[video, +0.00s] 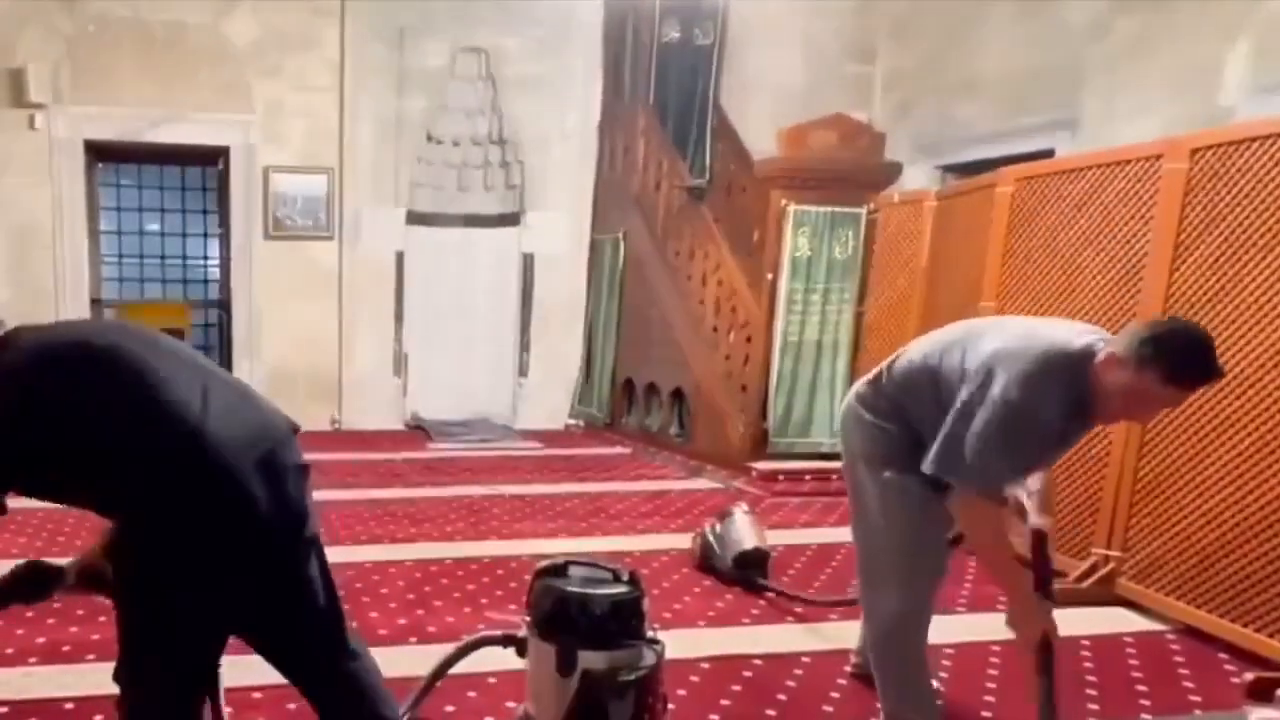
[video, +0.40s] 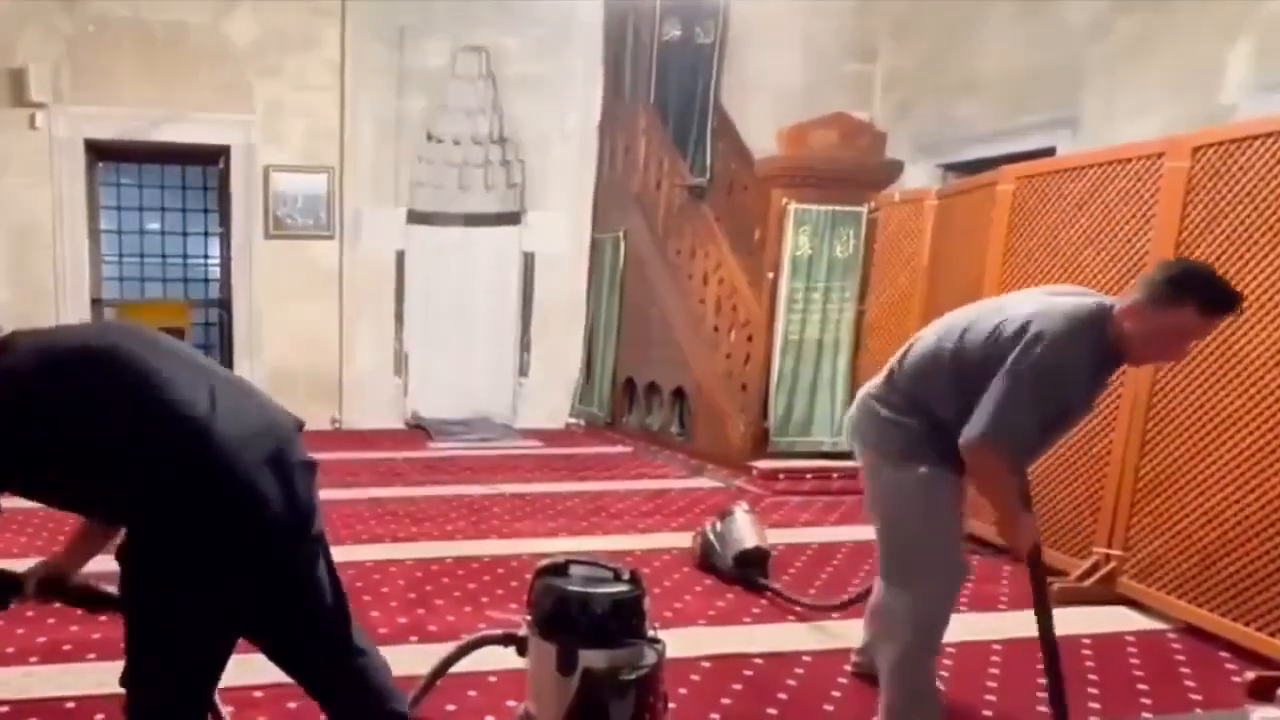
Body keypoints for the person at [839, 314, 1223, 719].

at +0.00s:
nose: (1148, 417)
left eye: (1162, 407)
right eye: (1149, 398)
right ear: (1116, 363)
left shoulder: (1097, 375)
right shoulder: (1029, 379)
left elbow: (1040, 448)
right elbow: (971, 505)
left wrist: (1038, 514)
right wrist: (1020, 597)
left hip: (943, 429)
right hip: (887, 423)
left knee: (922, 561)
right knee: (900, 586)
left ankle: (875, 653)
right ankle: (910, 707)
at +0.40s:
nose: (1182, 354)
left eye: (1191, 342)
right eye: (1183, 337)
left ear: (1142, 309)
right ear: (1148, 313)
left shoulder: (1096, 337)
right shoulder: (1063, 339)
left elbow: (1011, 434)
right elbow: (981, 448)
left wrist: (1017, 503)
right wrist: (1015, 519)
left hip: (925, 428)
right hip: (904, 428)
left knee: (915, 559)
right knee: (931, 576)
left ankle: (877, 653)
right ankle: (909, 704)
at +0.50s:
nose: (1189, 347)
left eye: (1199, 335)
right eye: (1191, 330)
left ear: (1146, 302)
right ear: (1157, 308)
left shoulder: (1095, 327)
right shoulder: (1074, 339)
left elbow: (1012, 432)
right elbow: (994, 447)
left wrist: (1022, 513)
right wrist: (1025, 520)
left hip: (916, 421)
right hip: (914, 430)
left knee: (918, 548)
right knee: (969, 565)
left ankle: (882, 655)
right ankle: (923, 707)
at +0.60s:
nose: (1199, 351)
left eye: (1210, 340)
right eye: (1199, 333)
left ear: (1154, 306)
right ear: (1159, 307)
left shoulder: (1103, 322)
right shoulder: (1089, 346)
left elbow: (1013, 427)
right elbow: (1006, 447)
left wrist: (1029, 507)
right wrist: (1035, 522)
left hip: (914, 419)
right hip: (928, 435)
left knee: (929, 550)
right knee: (991, 575)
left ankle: (884, 657)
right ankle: (955, 709)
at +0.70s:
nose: (1222, 366)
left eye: (1233, 356)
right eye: (1225, 349)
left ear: (1186, 310)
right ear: (1195, 317)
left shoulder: (1114, 321)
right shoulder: (1108, 355)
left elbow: (1027, 430)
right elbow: (1015, 453)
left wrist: (1046, 511)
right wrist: (1047, 524)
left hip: (920, 419)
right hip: (946, 442)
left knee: (930, 558)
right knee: (998, 595)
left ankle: (885, 658)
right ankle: (1008, 714)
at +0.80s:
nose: (1238, 388)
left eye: (1252, 379)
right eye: (1247, 370)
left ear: (1215, 325)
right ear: (1224, 334)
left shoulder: (1136, 325)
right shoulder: (1133, 369)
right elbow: (1026, 459)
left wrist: (1060, 498)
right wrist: (1063, 524)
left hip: (925, 418)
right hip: (960, 446)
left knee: (928, 562)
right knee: (1019, 598)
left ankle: (884, 657)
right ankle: (1022, 714)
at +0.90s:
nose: (1260, 393)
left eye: (1270, 383)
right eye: (1269, 378)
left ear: (1243, 337)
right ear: (1248, 348)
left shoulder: (1170, 331)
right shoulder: (1160, 375)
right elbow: (1048, 463)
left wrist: (1080, 487)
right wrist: (1082, 533)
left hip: (936, 415)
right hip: (971, 442)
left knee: (927, 559)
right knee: (1026, 597)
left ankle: (884, 658)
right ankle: (1021, 712)